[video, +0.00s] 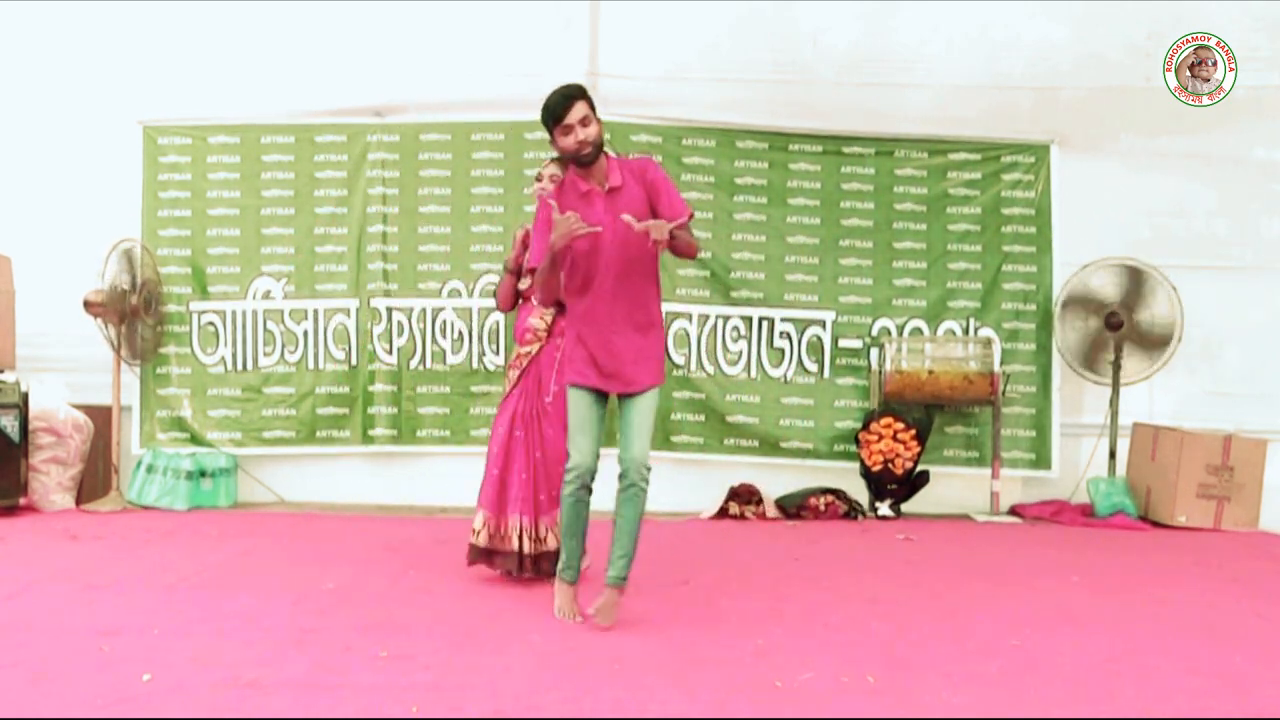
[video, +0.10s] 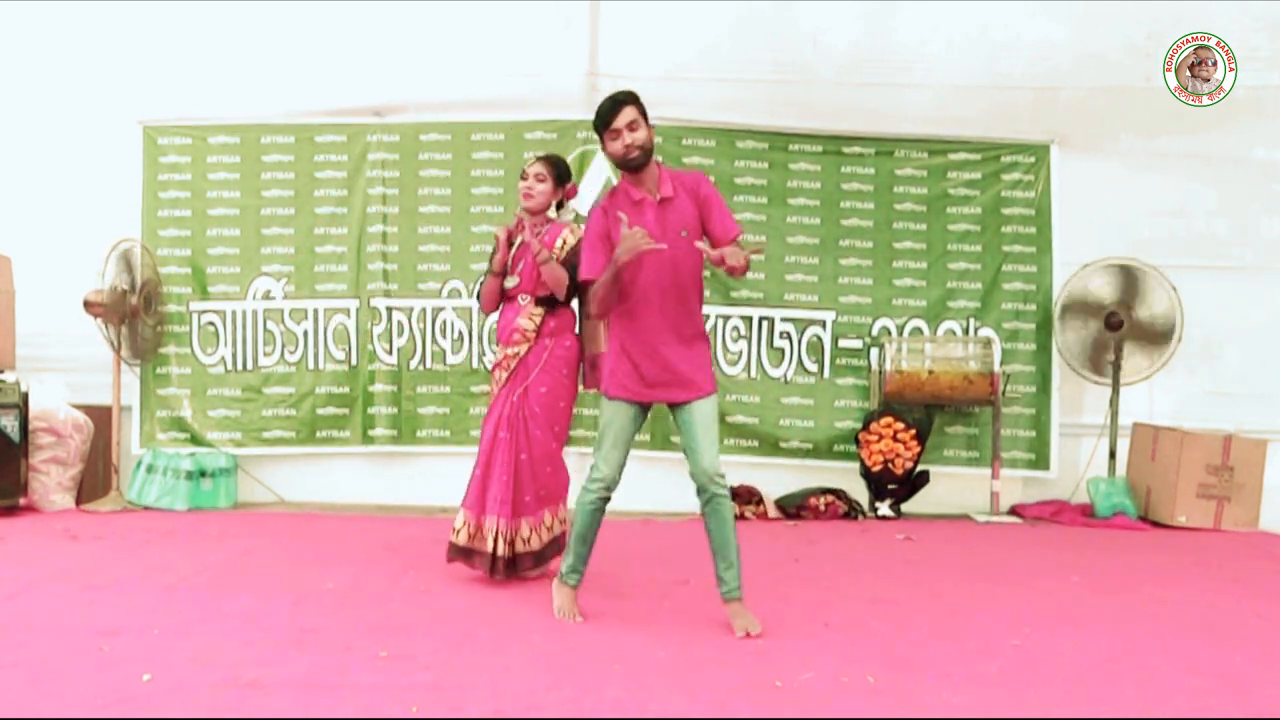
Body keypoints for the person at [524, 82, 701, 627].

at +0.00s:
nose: (582, 134)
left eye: (586, 121)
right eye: (569, 130)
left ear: (599, 119)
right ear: (555, 140)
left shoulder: (645, 173)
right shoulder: (555, 196)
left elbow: (691, 247)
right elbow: (546, 294)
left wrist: (666, 232)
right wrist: (556, 244)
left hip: (640, 343)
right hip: (581, 343)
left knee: (635, 465)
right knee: (582, 466)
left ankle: (616, 585)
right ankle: (567, 577)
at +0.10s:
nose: (629, 139)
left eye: (635, 126)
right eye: (616, 134)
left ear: (651, 127)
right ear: (605, 147)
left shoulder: (695, 188)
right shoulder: (606, 212)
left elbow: (738, 259)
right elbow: (594, 305)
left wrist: (727, 259)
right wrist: (617, 261)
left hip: (688, 357)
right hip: (628, 359)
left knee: (710, 474)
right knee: (604, 476)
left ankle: (734, 597)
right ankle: (568, 581)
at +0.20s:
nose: (659, 140)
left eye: (667, 128)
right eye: (649, 135)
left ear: (688, 132)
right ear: (641, 149)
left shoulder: (733, 194)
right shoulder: (640, 215)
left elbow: (772, 262)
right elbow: (638, 310)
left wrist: (781, 281)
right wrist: (673, 276)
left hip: (726, 365)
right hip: (667, 367)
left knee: (745, 485)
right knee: (633, 481)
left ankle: (749, 606)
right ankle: (578, 578)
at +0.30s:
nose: (711, 133)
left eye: (720, 122)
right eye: (701, 128)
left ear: (744, 128)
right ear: (695, 142)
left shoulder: (785, 187)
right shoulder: (693, 208)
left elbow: (832, 244)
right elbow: (696, 293)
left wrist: (847, 256)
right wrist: (751, 253)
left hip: (775, 363)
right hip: (717, 363)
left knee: (775, 488)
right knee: (705, 477)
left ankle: (751, 605)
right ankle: (665, 568)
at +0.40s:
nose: (749, 119)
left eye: (758, 108)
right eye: (739, 112)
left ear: (780, 115)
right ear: (731, 124)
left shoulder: (814, 174)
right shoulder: (725, 189)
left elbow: (864, 228)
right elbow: (734, 269)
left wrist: (885, 220)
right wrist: (792, 220)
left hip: (806, 348)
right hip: (751, 349)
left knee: (794, 475)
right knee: (755, 468)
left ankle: (763, 591)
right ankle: (744, 571)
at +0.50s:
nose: (807, 117)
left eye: (817, 108)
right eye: (797, 109)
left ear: (837, 117)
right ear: (786, 121)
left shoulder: (859, 177)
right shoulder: (777, 182)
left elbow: (915, 232)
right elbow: (791, 254)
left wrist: (933, 213)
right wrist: (850, 203)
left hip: (854, 349)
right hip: (799, 351)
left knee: (877, 466)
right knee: (798, 473)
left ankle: (852, 588)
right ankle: (774, 590)